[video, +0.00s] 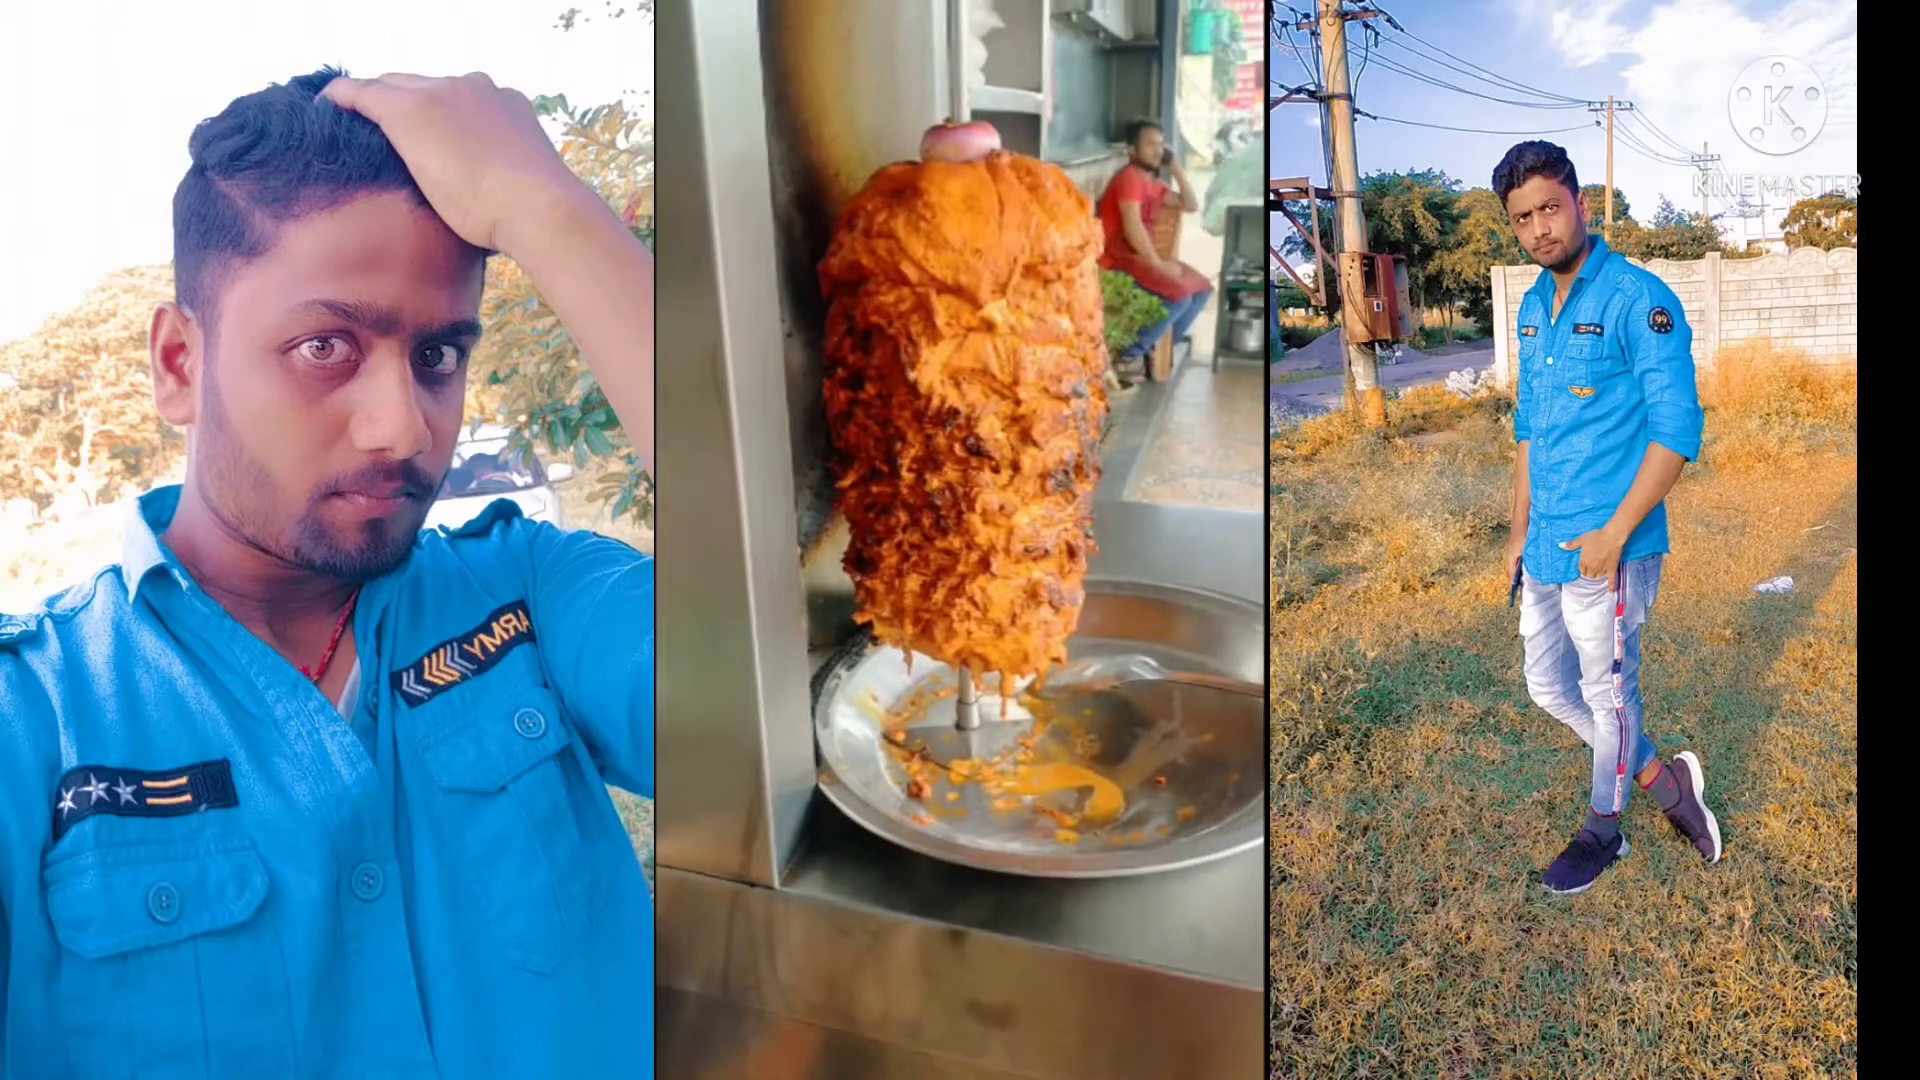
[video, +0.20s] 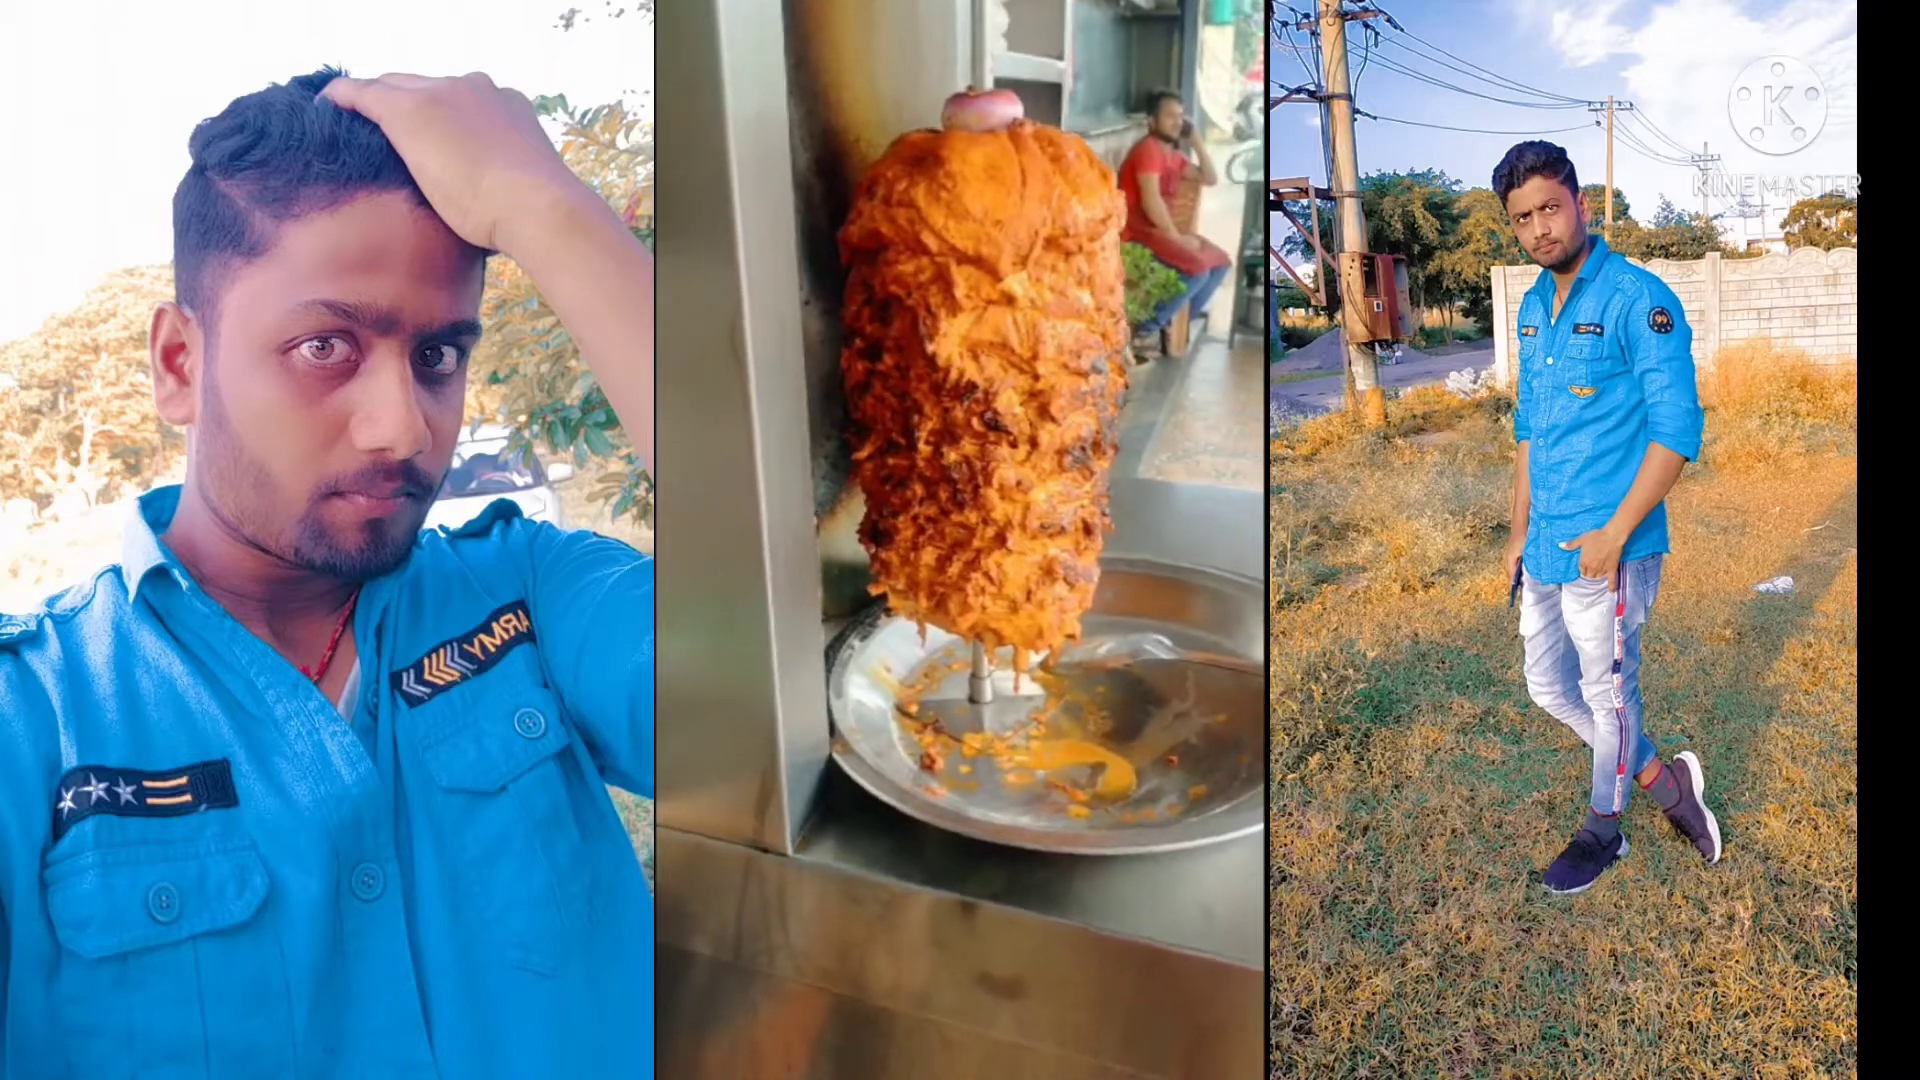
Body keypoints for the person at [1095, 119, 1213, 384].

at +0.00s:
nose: (1158, 150)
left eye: (1161, 144)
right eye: (1151, 144)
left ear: (1163, 149)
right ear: (1133, 148)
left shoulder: (1153, 183)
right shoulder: (1129, 178)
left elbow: (1189, 205)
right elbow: (1131, 227)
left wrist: (1176, 171)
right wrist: (1157, 264)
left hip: (1143, 254)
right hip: (1120, 256)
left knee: (1201, 288)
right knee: (1179, 295)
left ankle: (1163, 347)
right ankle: (1131, 354)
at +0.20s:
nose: (1178, 122)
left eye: (1181, 116)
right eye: (1171, 116)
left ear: (1183, 121)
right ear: (1153, 120)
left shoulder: (1172, 154)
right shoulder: (1148, 149)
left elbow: (1209, 178)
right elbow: (1150, 200)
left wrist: (1195, 141)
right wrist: (1175, 237)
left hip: (1163, 228)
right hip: (1139, 230)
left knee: (1220, 262)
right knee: (1198, 269)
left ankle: (1181, 322)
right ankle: (1148, 328)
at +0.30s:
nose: (1185, 84)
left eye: (1188, 79)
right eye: (1178, 78)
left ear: (1190, 83)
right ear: (1160, 82)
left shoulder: (1179, 117)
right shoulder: (1154, 112)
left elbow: (1215, 143)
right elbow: (1155, 162)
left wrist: (1202, 105)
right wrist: (1178, 202)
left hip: (1171, 193)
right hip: (1146, 194)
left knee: (1225, 229)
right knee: (1202, 236)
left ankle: (1183, 288)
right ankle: (1150, 295)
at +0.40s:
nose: (1196, 67)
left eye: (1199, 61)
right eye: (1189, 61)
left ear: (1201, 66)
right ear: (1170, 64)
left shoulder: (1188, 100)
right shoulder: (1164, 95)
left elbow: (1225, 128)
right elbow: (1165, 147)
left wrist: (1213, 88)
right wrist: (1189, 187)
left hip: (1179, 178)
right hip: (1154, 179)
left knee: (1235, 214)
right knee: (1211, 220)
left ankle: (1192, 270)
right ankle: (1158, 278)